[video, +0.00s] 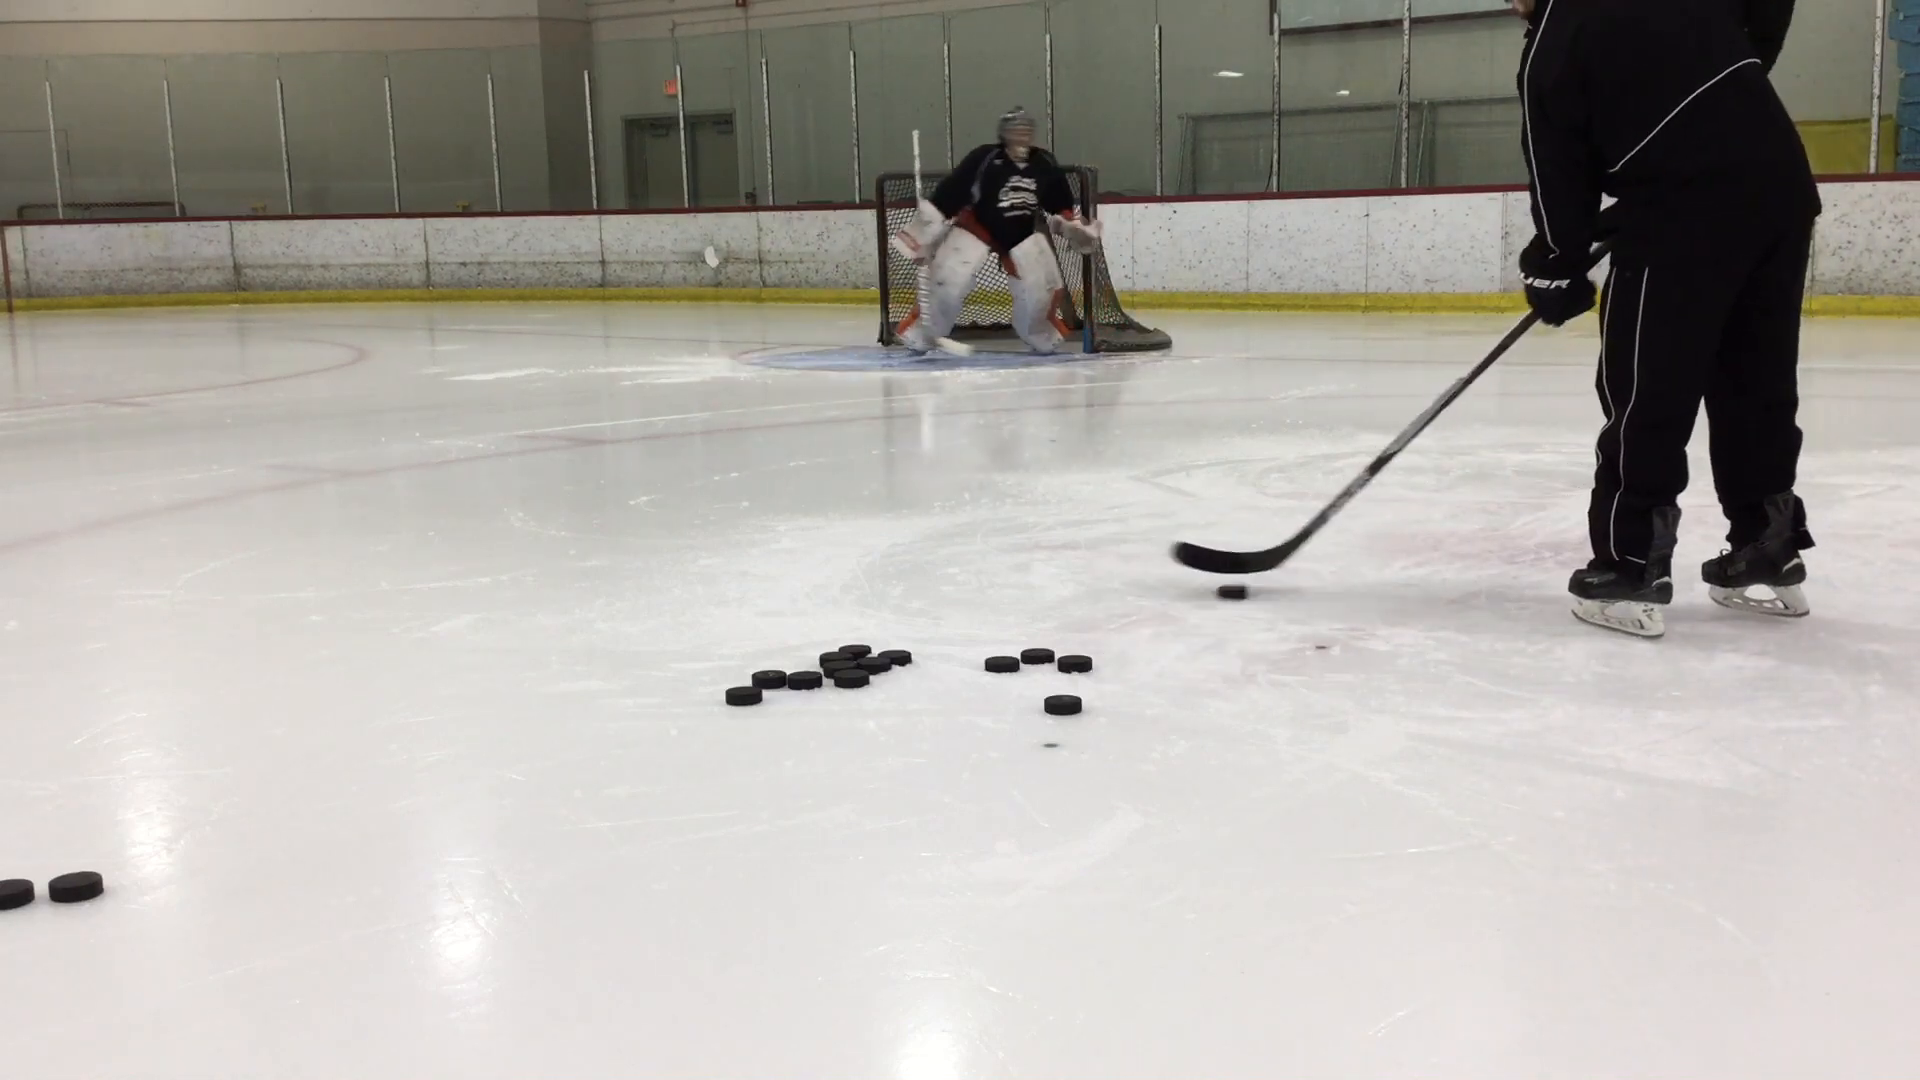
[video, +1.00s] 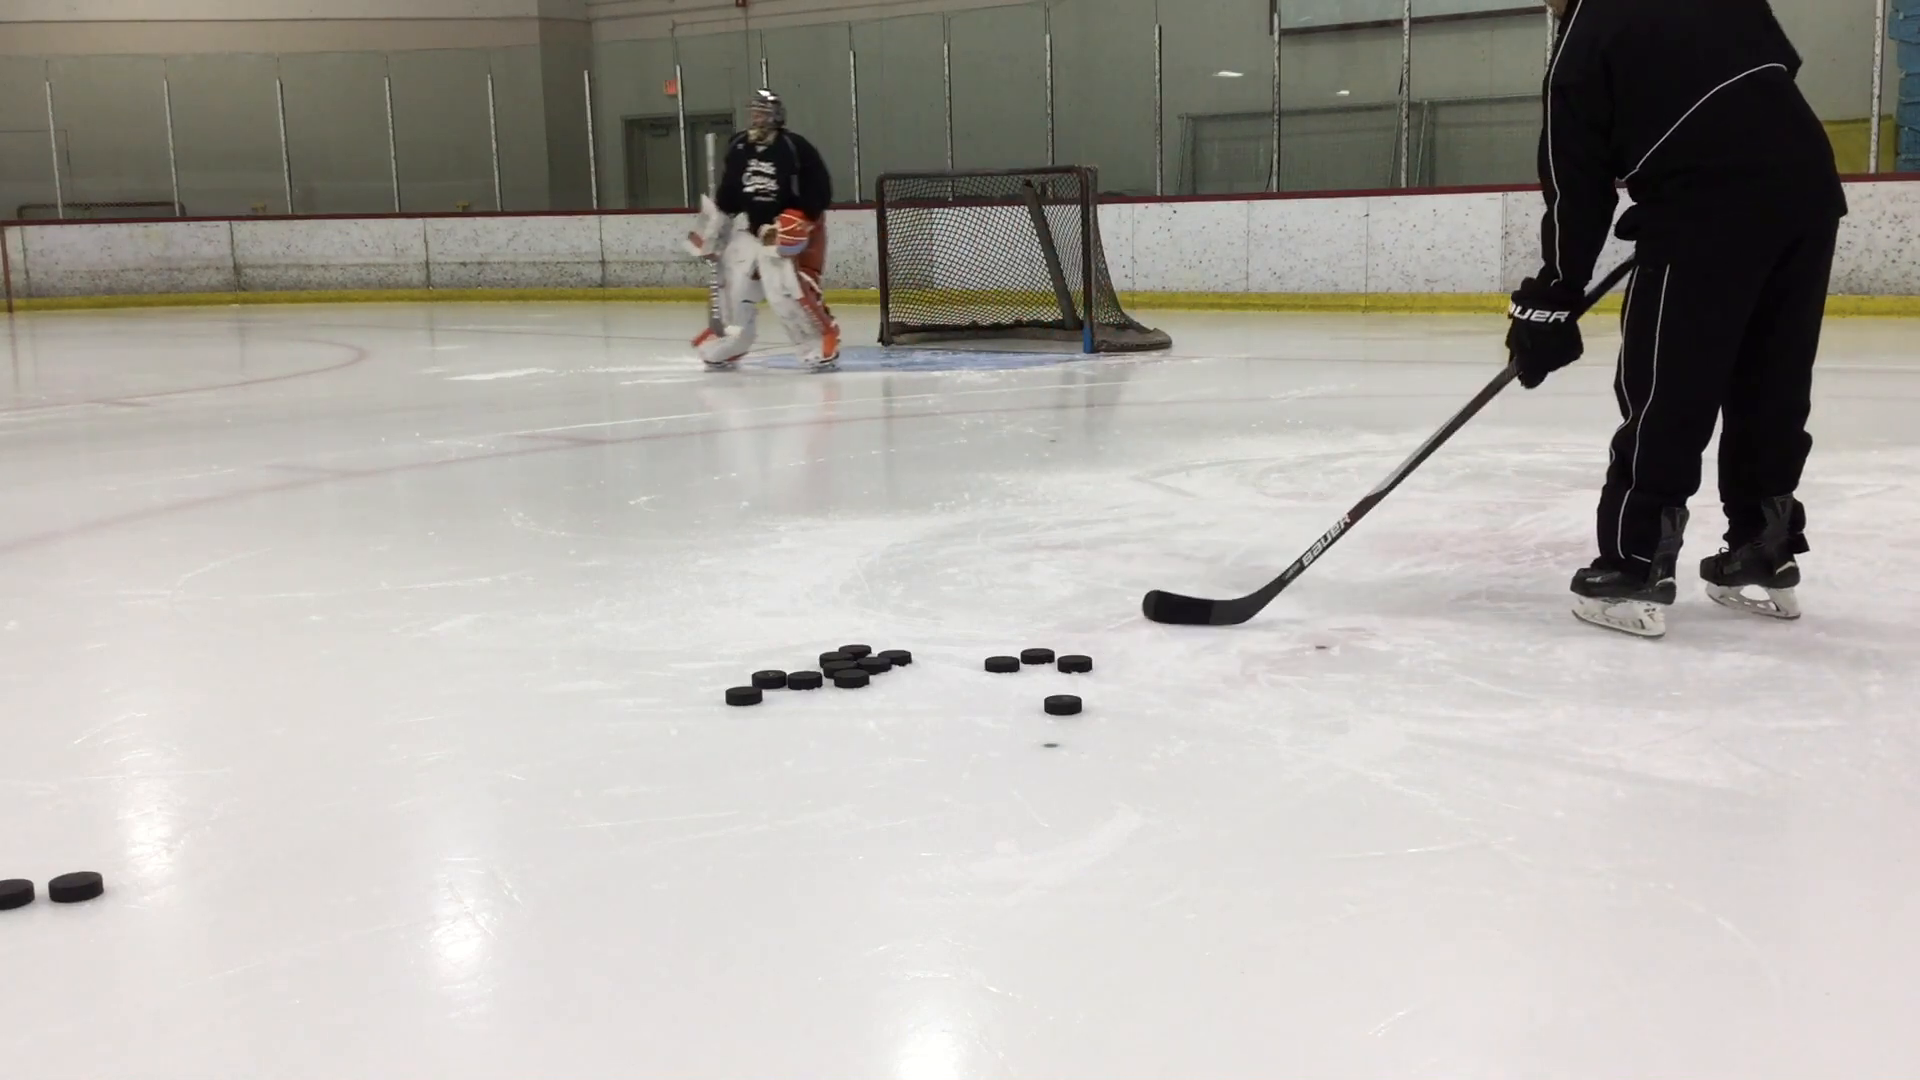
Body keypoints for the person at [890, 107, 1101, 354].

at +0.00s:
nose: (1024, 138)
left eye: (1027, 133)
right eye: (1017, 133)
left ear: (1032, 135)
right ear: (1004, 135)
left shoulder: (1044, 164)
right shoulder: (984, 159)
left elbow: (1061, 205)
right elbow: (947, 196)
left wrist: (1071, 228)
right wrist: (922, 234)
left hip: (1024, 235)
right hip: (977, 228)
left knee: (1040, 286)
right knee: (949, 279)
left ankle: (1039, 336)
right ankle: (925, 334)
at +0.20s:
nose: (941, 138)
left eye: (947, 132)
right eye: (937, 133)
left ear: (959, 135)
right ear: (932, 135)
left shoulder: (984, 162)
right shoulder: (922, 164)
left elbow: (1010, 190)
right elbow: (895, 198)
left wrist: (1012, 224)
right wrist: (868, 227)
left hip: (977, 237)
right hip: (936, 234)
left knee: (1008, 290)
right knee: (905, 281)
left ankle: (1015, 331)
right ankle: (917, 336)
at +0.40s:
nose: (871, 137)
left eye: (877, 131)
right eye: (869, 131)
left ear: (892, 132)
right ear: (866, 131)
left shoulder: (920, 159)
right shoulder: (861, 159)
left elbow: (949, 191)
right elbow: (848, 195)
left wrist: (943, 230)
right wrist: (831, 225)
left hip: (925, 229)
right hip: (883, 231)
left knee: (942, 278)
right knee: (863, 281)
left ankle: (994, 327)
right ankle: (875, 336)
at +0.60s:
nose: (831, 125)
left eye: (837, 119)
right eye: (828, 119)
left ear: (851, 122)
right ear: (824, 121)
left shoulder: (875, 153)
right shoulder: (818, 149)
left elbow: (901, 192)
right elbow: (810, 191)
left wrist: (884, 231)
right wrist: (796, 228)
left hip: (869, 238)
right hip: (830, 234)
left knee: (878, 295)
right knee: (822, 289)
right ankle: (833, 341)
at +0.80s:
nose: (796, 121)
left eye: (803, 116)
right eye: (793, 115)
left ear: (818, 119)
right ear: (789, 117)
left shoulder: (840, 150)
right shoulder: (781, 148)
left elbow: (858, 195)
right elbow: (771, 193)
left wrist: (829, 227)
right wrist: (756, 229)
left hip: (823, 237)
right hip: (787, 232)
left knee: (823, 292)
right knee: (778, 287)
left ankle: (850, 345)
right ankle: (782, 343)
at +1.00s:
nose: (756, 119)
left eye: (763, 114)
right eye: (753, 114)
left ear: (777, 118)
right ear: (749, 115)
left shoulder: (796, 149)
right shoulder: (740, 147)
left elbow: (817, 194)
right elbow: (729, 193)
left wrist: (788, 227)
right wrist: (711, 228)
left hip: (780, 238)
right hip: (743, 234)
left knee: (784, 296)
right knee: (734, 290)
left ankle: (816, 349)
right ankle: (730, 345)